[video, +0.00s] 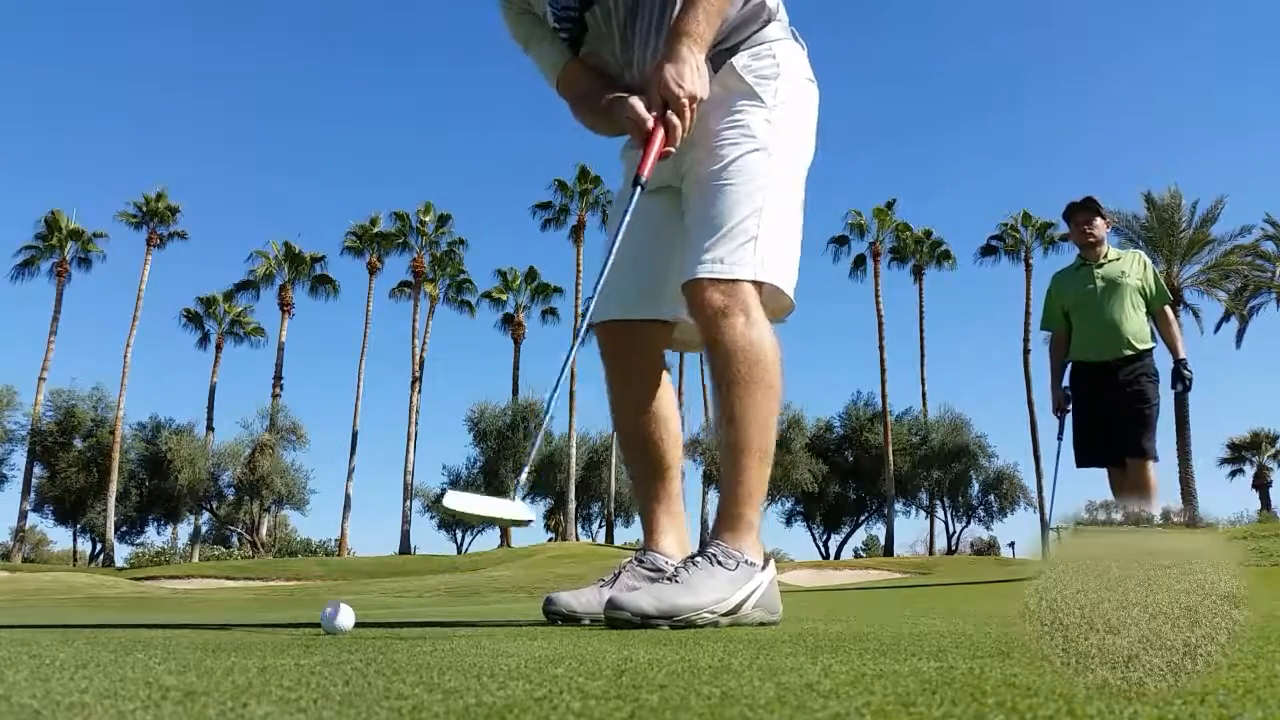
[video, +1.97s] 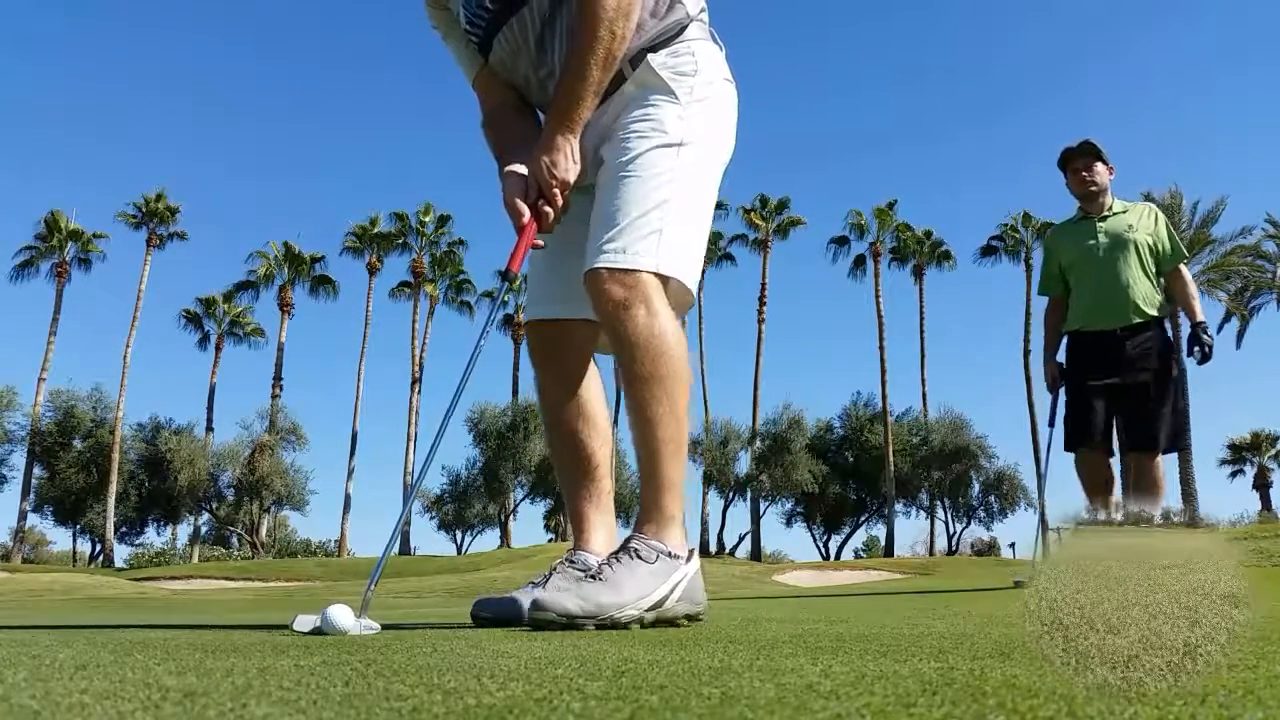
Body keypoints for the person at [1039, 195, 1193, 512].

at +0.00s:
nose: (1086, 228)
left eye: (1091, 221)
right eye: (1078, 225)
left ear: (1106, 224)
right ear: (1070, 234)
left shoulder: (1136, 262)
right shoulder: (1063, 280)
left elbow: (1163, 313)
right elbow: (1059, 337)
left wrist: (1180, 360)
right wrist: (1056, 387)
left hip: (1135, 369)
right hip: (1090, 376)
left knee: (1139, 456)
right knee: (1114, 463)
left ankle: (1150, 529)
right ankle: (1130, 531)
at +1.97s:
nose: (1084, 175)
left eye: (1090, 166)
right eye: (1075, 172)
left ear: (1109, 171)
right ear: (1068, 184)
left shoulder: (1148, 216)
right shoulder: (1059, 236)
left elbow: (1176, 274)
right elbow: (1057, 301)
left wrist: (1198, 323)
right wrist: (1050, 356)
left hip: (1145, 343)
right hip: (1087, 348)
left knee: (1143, 447)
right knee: (1088, 447)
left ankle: (1143, 535)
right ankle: (1104, 530)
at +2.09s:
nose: (1088, 170)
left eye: (1094, 162)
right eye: (1078, 167)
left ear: (1112, 165)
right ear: (1071, 178)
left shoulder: (1151, 210)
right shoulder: (1062, 233)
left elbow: (1181, 267)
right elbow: (1059, 299)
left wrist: (1202, 314)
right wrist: (1053, 354)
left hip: (1149, 337)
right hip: (1091, 343)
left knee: (1149, 443)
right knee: (1096, 439)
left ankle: (1144, 532)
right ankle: (1104, 527)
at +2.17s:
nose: (1088, 168)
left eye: (1094, 159)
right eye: (1079, 164)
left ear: (1112, 162)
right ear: (1071, 176)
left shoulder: (1152, 207)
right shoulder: (1062, 231)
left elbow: (1182, 264)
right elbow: (1060, 298)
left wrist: (1203, 312)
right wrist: (1054, 353)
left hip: (1150, 336)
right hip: (1092, 342)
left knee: (1150, 442)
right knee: (1100, 440)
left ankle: (1146, 531)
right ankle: (1107, 530)